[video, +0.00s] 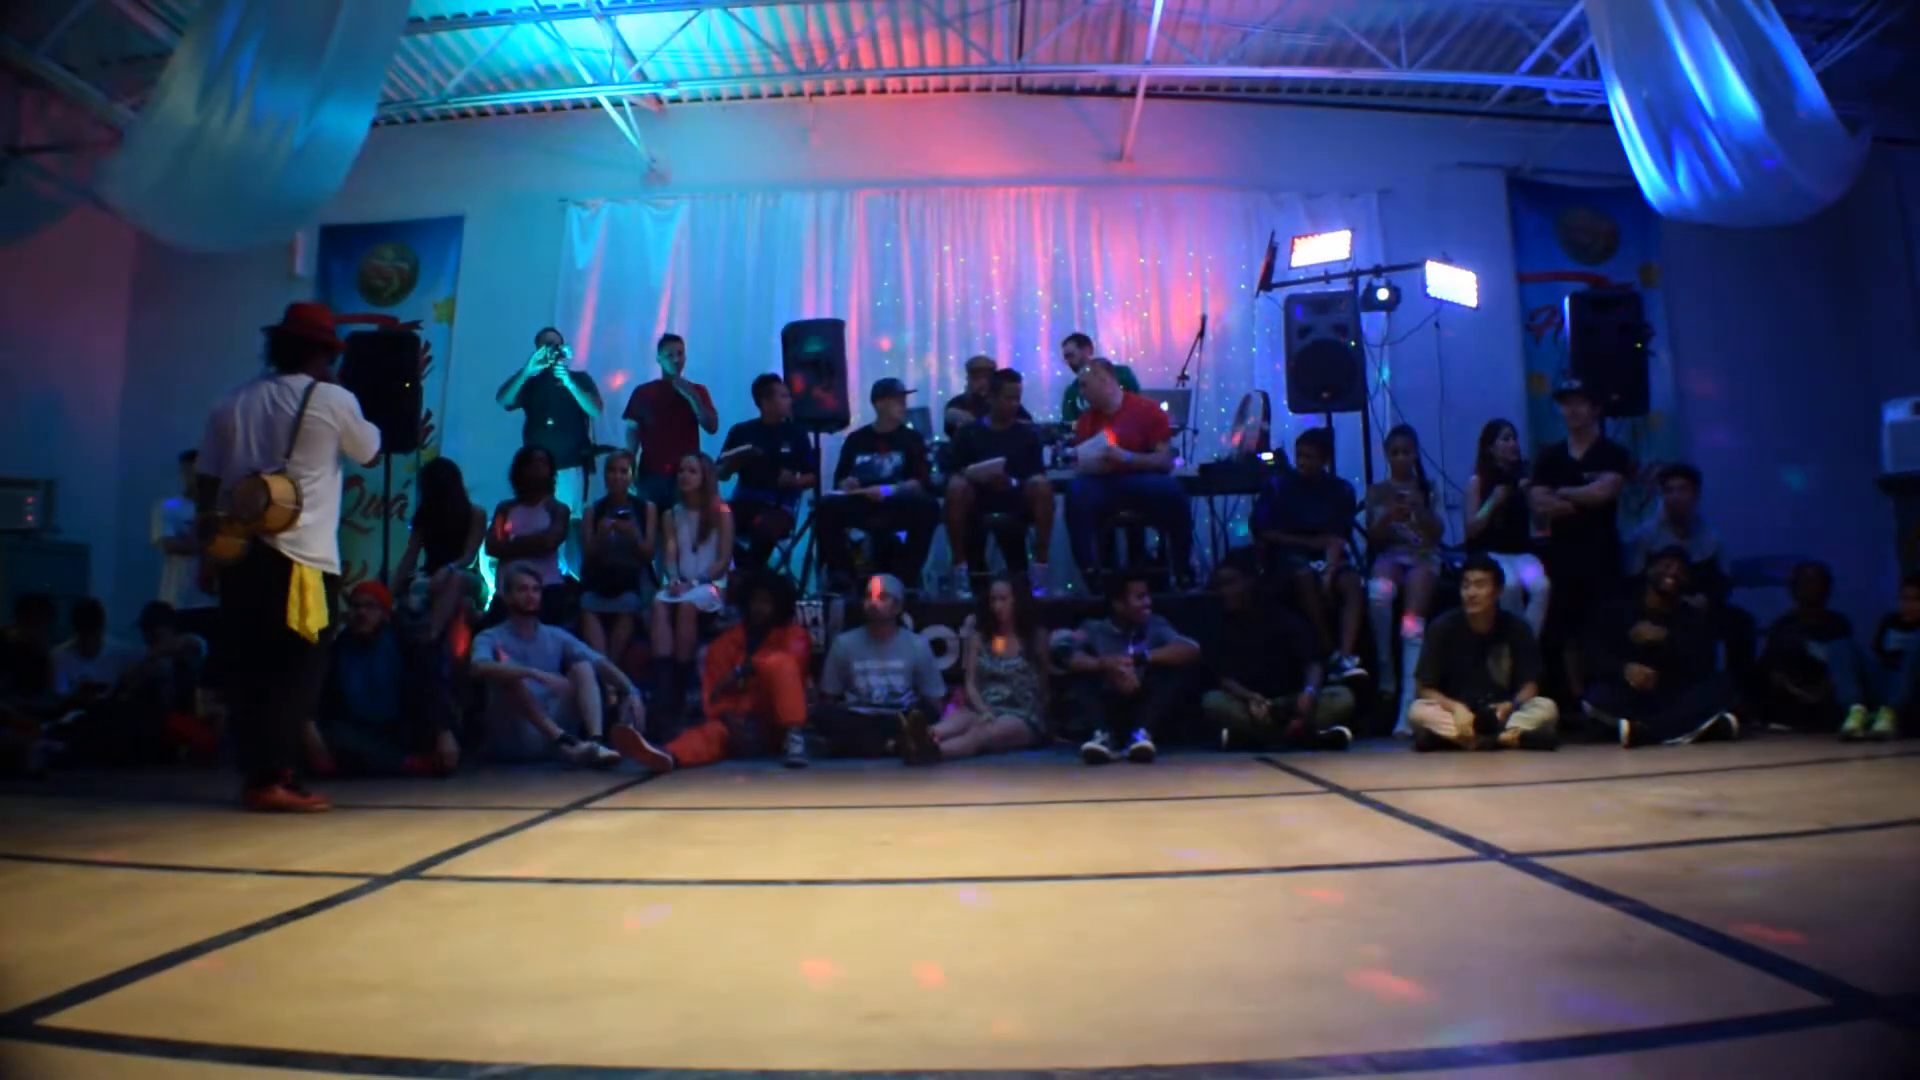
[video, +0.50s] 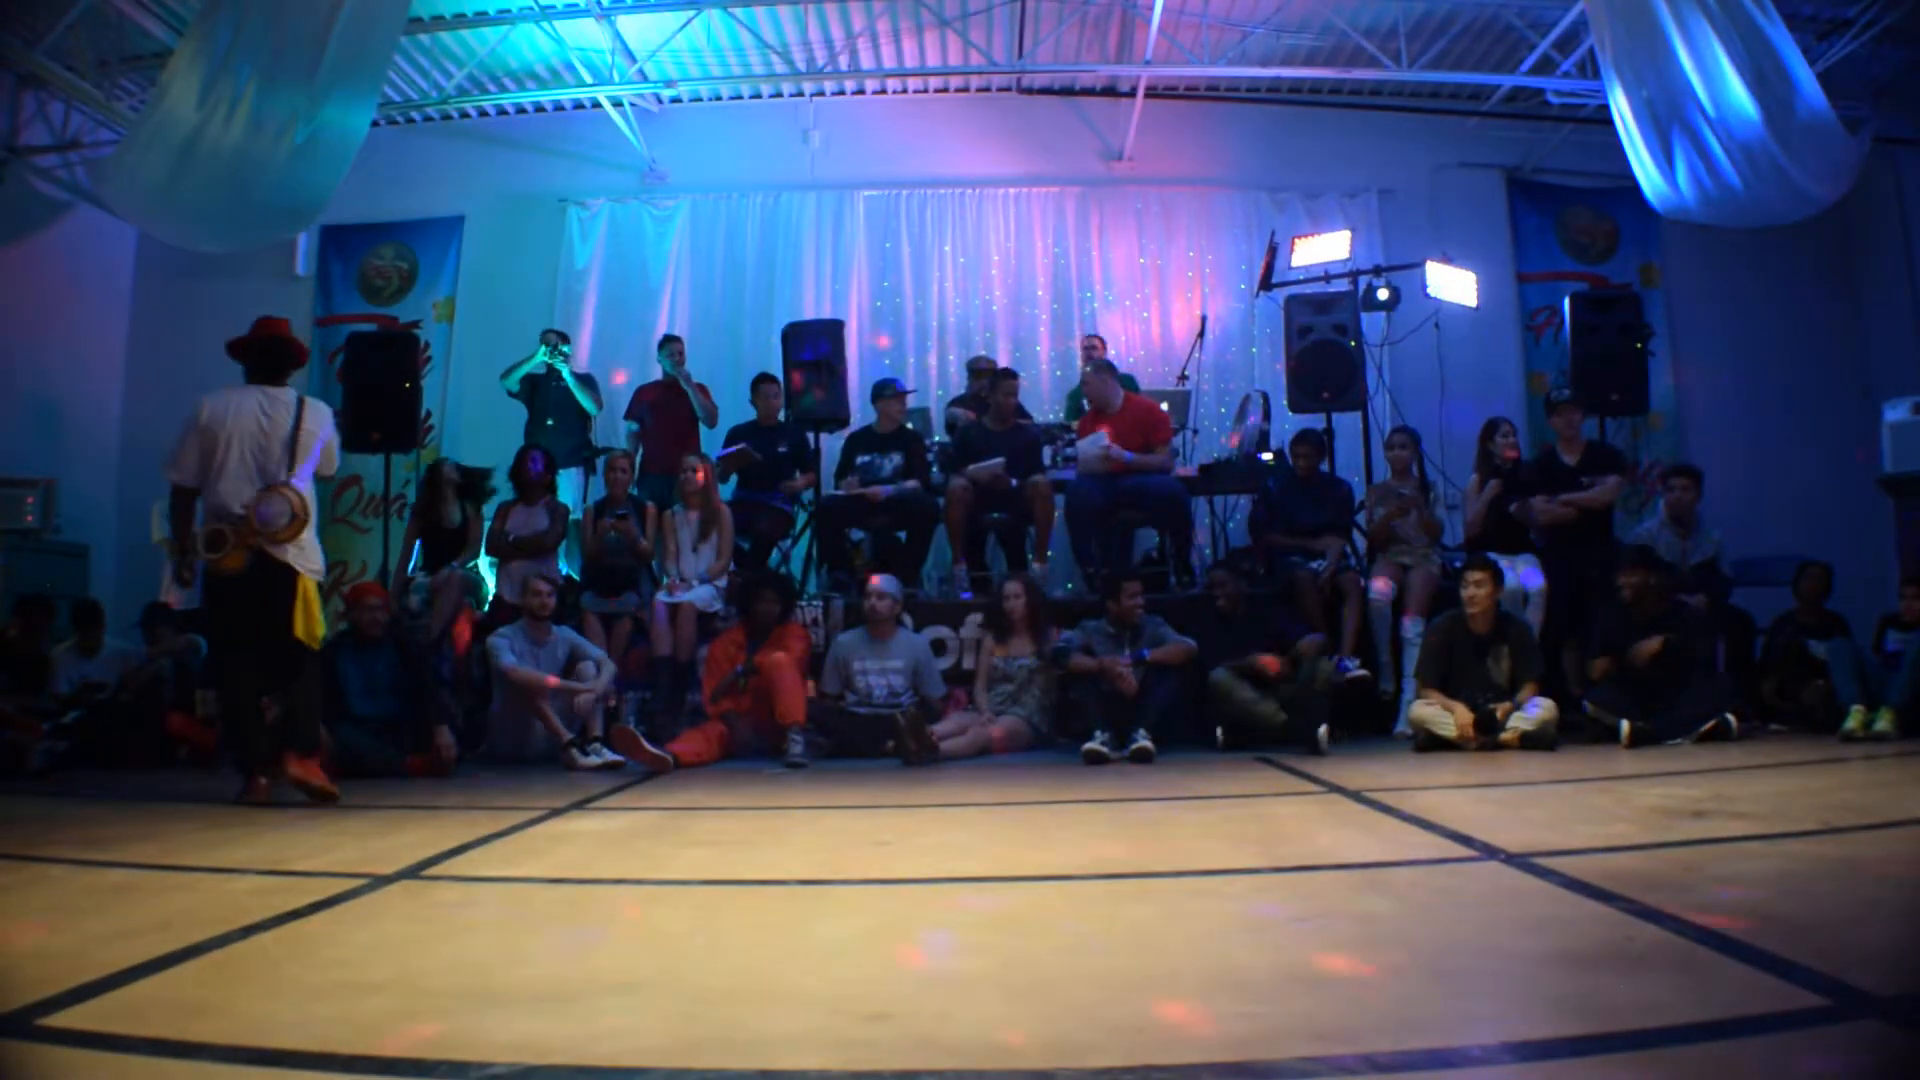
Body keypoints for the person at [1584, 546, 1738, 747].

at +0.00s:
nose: (1671, 574)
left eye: (1679, 570)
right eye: (1665, 566)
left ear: (1685, 579)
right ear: (1650, 570)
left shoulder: (1692, 616)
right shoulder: (1624, 610)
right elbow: (1597, 651)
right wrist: (1625, 669)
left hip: (1678, 689)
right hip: (1632, 689)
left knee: (1720, 687)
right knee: (1597, 697)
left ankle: (1647, 730)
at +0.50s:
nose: (1678, 497)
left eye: (1686, 490)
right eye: (1672, 490)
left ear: (1698, 497)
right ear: (1663, 494)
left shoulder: (1711, 539)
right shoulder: (1645, 536)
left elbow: (1722, 580)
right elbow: (1639, 580)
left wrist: (1706, 600)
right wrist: (1678, 600)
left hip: (1700, 608)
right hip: (1659, 606)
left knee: (1742, 622)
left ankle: (1740, 694)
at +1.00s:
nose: (1678, 497)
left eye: (1686, 490)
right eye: (1672, 490)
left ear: (1698, 497)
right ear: (1663, 495)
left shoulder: (1709, 537)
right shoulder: (1646, 536)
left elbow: (1723, 580)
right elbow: (1638, 582)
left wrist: (1705, 600)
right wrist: (1675, 600)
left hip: (1700, 608)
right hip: (1661, 609)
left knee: (1741, 624)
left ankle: (1736, 703)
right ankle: (1663, 705)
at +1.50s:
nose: (1679, 497)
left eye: (1687, 491)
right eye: (1673, 490)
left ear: (1699, 496)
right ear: (1665, 496)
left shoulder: (1712, 537)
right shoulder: (1651, 534)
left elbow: (1724, 579)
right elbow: (1642, 581)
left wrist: (1708, 600)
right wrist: (1677, 601)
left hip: (1702, 608)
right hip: (1665, 607)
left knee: (1742, 624)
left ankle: (1736, 707)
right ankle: (1651, 716)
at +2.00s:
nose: (1675, 499)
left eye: (1683, 491)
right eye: (1669, 491)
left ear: (1696, 498)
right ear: (1661, 497)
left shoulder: (1708, 539)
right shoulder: (1646, 537)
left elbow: (1720, 582)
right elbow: (1635, 584)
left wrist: (1704, 602)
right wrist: (1674, 602)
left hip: (1698, 613)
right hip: (1658, 610)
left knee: (1739, 624)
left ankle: (1736, 710)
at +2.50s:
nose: (1677, 498)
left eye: (1685, 491)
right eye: (1671, 491)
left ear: (1697, 497)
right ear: (1663, 496)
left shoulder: (1710, 538)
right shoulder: (1647, 538)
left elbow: (1721, 582)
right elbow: (1640, 585)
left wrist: (1705, 600)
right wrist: (1674, 600)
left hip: (1701, 610)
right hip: (1661, 611)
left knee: (1740, 623)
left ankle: (1733, 705)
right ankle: (1665, 708)